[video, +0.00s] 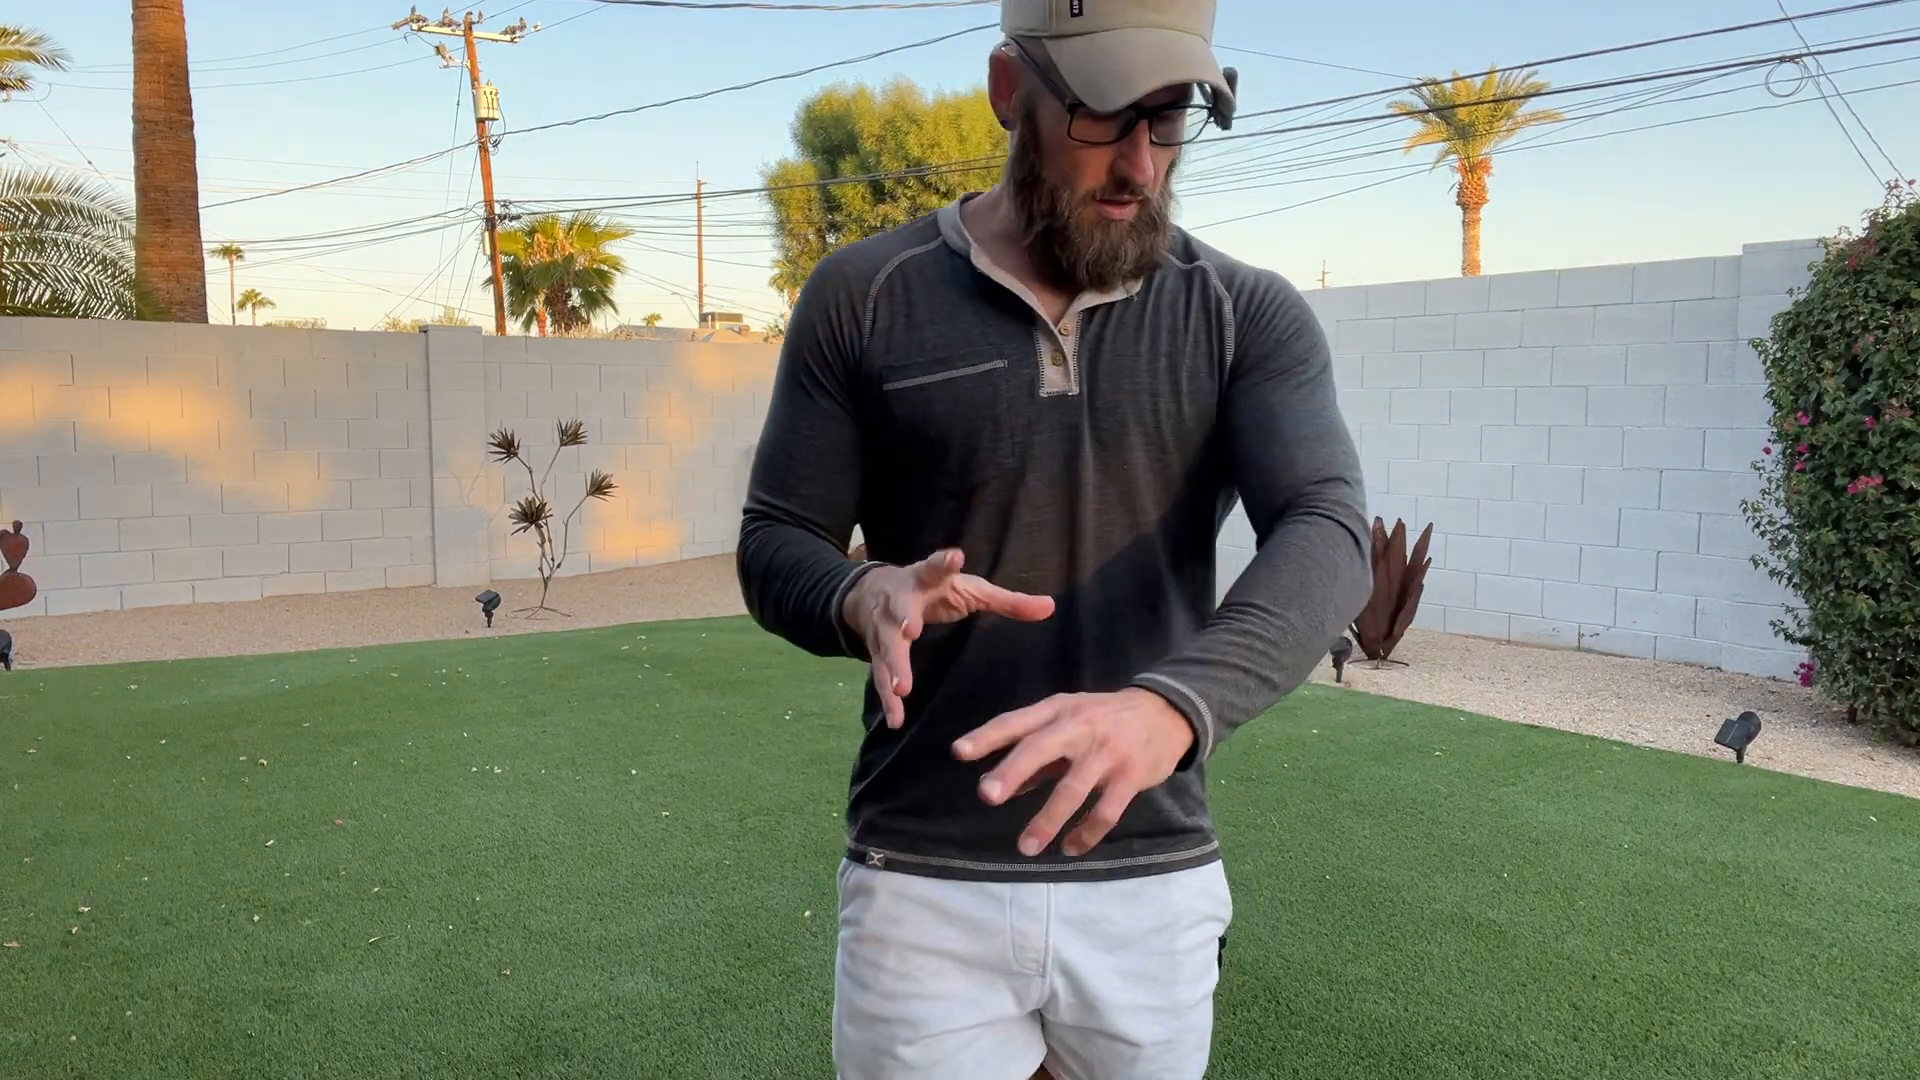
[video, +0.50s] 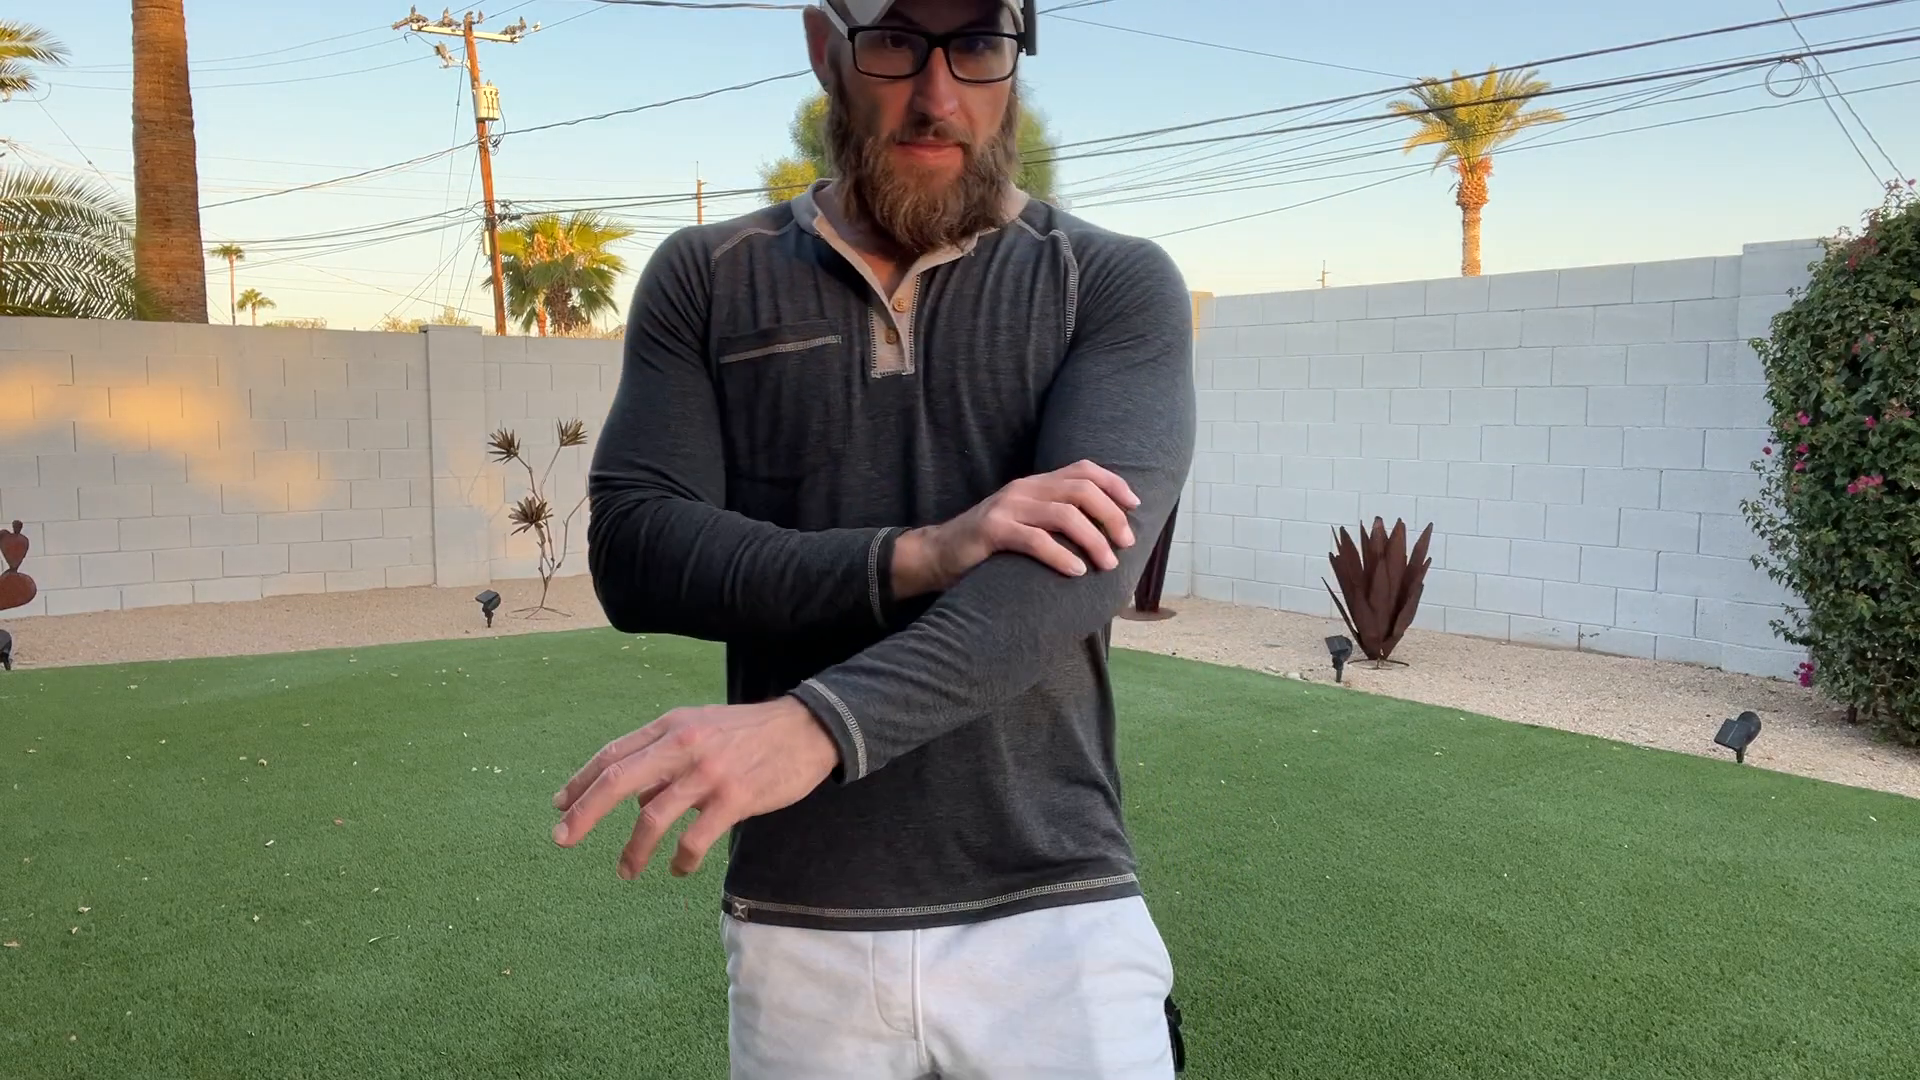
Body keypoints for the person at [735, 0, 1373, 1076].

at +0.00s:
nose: (1139, 164)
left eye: (1167, 122)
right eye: (1100, 118)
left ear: (1194, 112)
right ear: (1010, 89)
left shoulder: (1248, 317)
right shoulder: (862, 300)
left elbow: (1324, 535)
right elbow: (778, 539)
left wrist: (1174, 705)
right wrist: (861, 599)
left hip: (1153, 896)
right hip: (925, 893)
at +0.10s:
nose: (1108, 153)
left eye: (1136, 108)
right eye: (1066, 106)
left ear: (1164, 101)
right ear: (975, 74)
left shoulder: (1223, 310)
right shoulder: (832, 290)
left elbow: (1287, 532)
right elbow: (741, 545)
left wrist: (1120, 709)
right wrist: (847, 589)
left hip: (1135, 897)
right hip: (902, 899)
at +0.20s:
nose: (1066, 146)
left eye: (1097, 102)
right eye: (1027, 101)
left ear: (1128, 95)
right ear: (938, 67)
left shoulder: (1198, 300)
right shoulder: (800, 285)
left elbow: (1234, 533)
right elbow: (709, 552)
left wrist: (1042, 723)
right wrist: (854, 585)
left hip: (1115, 906)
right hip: (877, 910)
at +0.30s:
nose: (1020, 120)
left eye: (1053, 73)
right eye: (980, 74)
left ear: (1090, 73)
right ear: (898, 61)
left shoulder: (1170, 290)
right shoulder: (766, 280)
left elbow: (1165, 543)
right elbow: (687, 552)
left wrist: (943, 737)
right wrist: (900, 577)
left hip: (1095, 919)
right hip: (850, 918)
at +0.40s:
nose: (975, 97)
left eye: (1013, 53)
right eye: (930, 50)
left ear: (1051, 67)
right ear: (858, 57)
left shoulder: (1140, 286)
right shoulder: (734, 278)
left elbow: (1092, 561)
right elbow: (671, 554)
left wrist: (857, 742)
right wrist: (946, 553)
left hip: (1072, 921)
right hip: (819, 923)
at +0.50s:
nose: (935, 90)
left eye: (975, 48)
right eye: (893, 45)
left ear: (1015, 64)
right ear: (827, 54)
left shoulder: (1111, 279)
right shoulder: (704, 277)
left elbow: (1079, 566)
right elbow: (637, 550)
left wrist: (815, 722)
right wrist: (922, 553)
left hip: (1057, 927)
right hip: (802, 931)